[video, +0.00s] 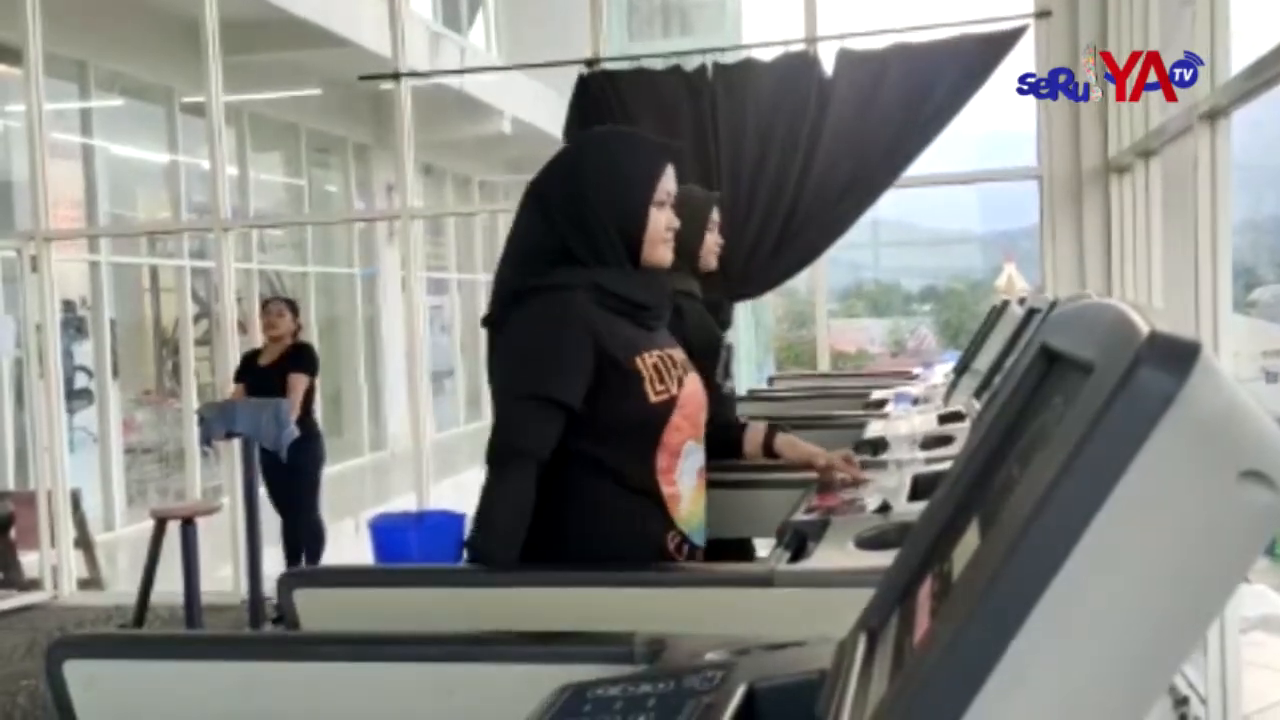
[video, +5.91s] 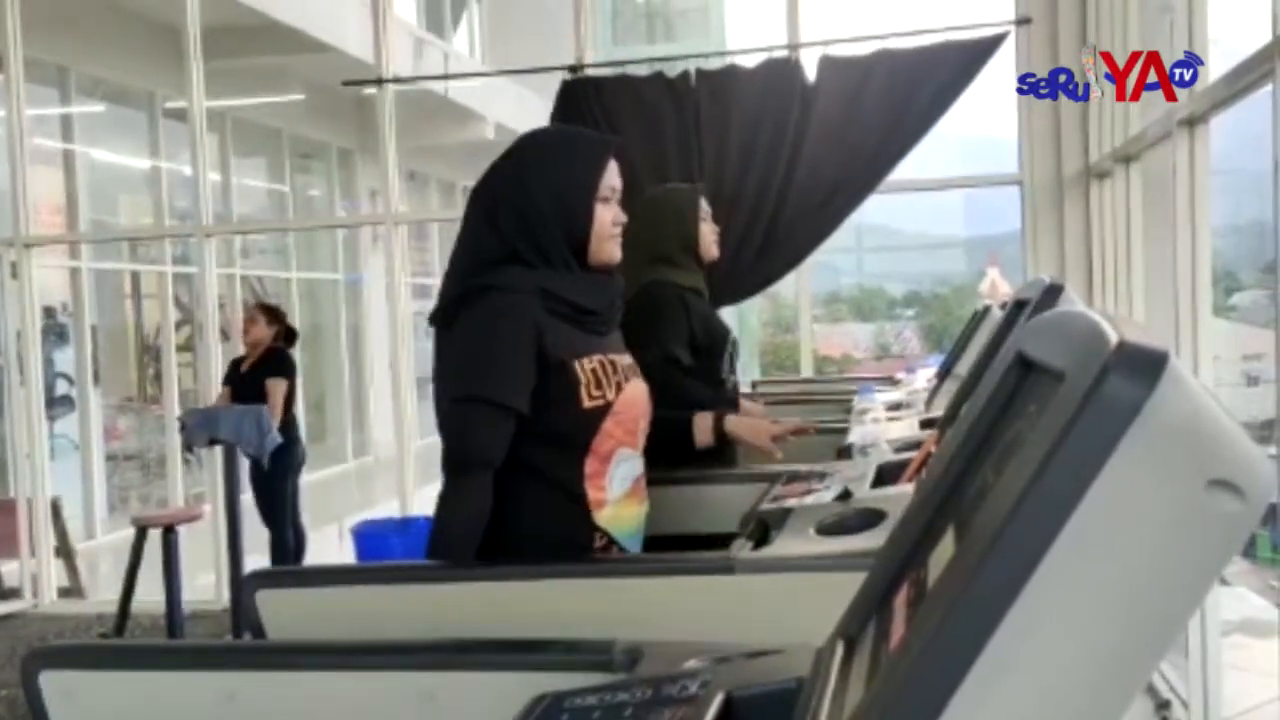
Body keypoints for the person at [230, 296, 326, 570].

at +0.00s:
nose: (272, 320)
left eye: (280, 315)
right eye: (267, 315)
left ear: (294, 322)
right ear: (261, 322)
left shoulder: (301, 352)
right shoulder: (251, 359)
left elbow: (295, 398)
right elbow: (238, 398)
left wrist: (282, 429)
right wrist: (224, 423)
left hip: (302, 436)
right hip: (267, 439)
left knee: (305, 509)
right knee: (288, 512)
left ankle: (312, 571)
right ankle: (292, 574)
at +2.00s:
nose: (274, 319)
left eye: (279, 313)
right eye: (266, 314)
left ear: (288, 319)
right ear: (254, 323)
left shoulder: (301, 351)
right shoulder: (242, 352)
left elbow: (294, 388)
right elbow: (231, 394)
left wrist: (275, 420)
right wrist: (237, 424)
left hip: (292, 437)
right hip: (254, 437)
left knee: (286, 511)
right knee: (263, 511)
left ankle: (288, 577)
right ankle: (275, 576)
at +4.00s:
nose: (265, 317)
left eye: (272, 311)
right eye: (258, 312)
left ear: (282, 317)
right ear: (249, 319)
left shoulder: (297, 351)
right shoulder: (237, 353)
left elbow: (290, 394)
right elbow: (227, 395)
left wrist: (271, 420)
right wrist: (241, 418)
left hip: (293, 433)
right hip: (255, 435)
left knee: (297, 501)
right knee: (268, 505)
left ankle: (305, 563)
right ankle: (274, 566)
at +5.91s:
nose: (246, 326)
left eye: (253, 322)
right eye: (246, 321)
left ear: (272, 330)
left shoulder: (277, 358)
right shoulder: (237, 365)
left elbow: (275, 407)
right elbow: (223, 403)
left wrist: (261, 439)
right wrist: (202, 424)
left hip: (283, 442)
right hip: (257, 444)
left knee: (282, 513)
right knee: (274, 515)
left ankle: (284, 576)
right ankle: (290, 573)